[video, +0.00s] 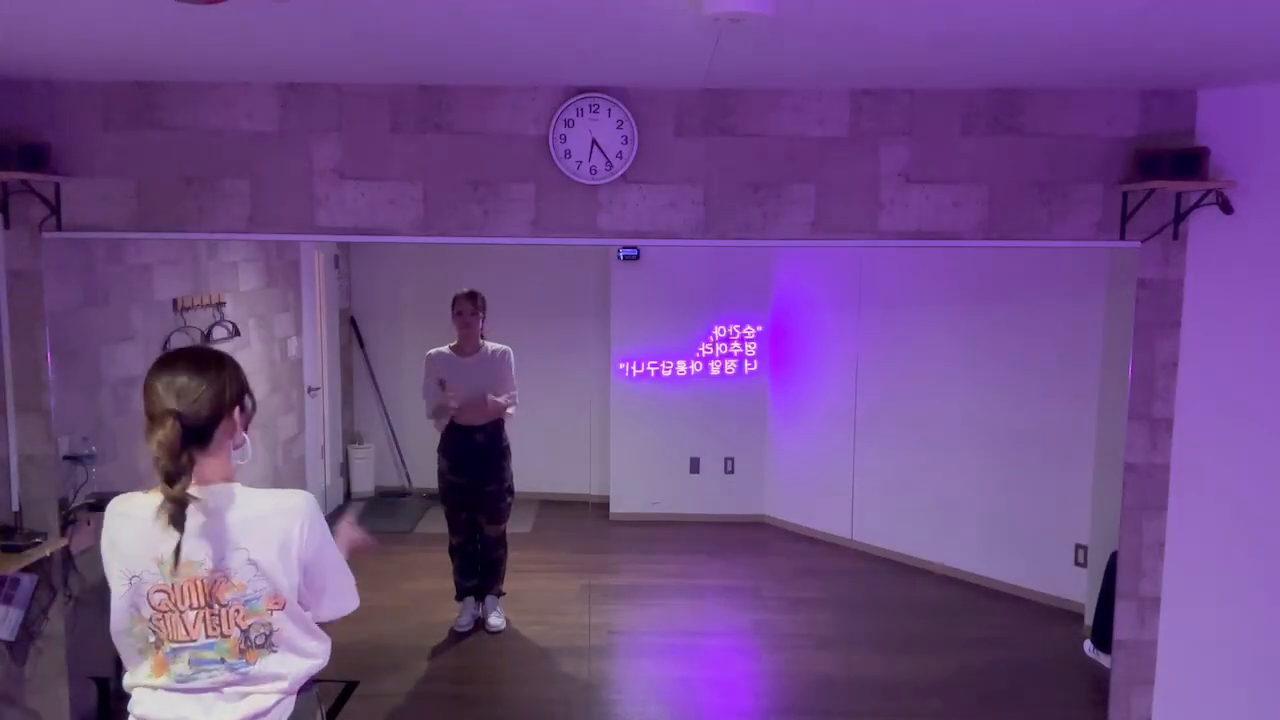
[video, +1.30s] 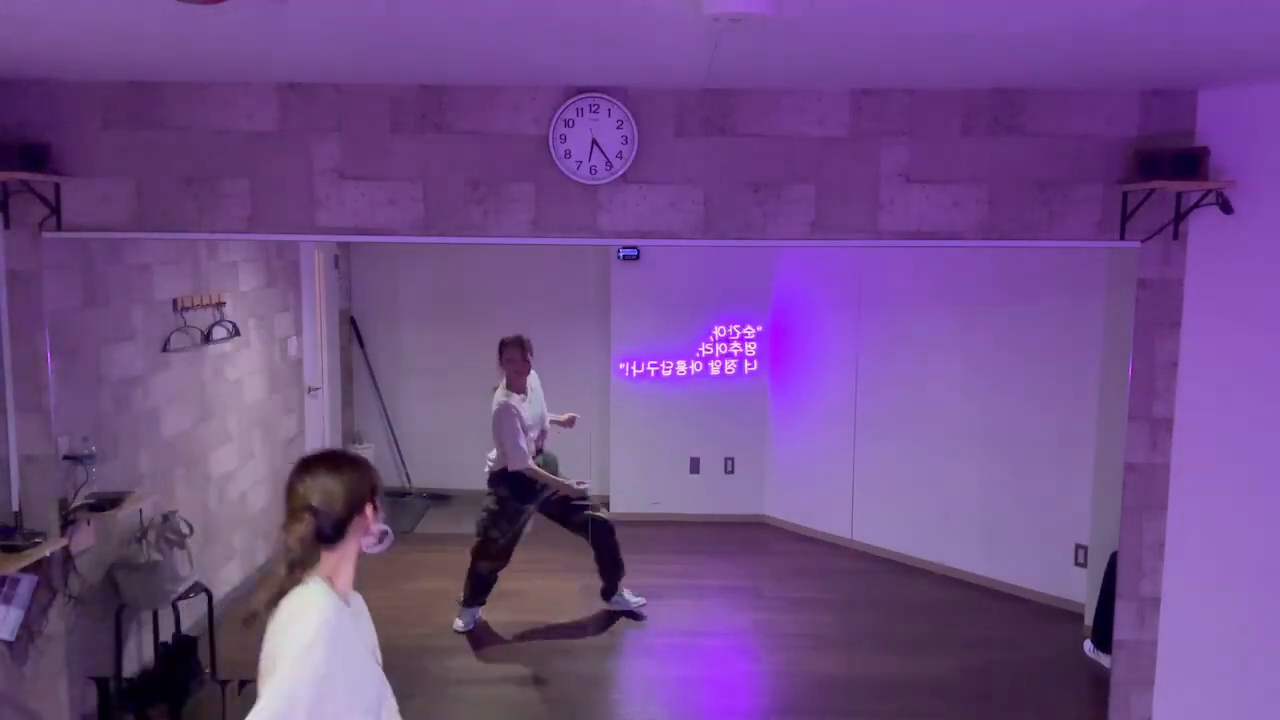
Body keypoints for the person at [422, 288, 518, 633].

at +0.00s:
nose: (465, 319)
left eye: (471, 313)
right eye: (459, 314)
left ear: (482, 318)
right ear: (452, 319)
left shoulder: (501, 355)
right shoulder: (436, 359)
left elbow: (511, 402)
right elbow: (431, 411)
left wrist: (499, 403)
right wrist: (444, 404)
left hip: (492, 445)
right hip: (455, 447)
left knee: (493, 525)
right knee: (459, 526)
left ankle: (493, 599)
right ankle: (468, 600)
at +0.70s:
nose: (462, 320)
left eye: (468, 314)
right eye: (455, 315)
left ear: (478, 319)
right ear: (446, 321)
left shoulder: (498, 353)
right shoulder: (434, 363)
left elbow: (507, 404)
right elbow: (437, 416)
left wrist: (489, 409)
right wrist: (474, 413)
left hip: (494, 442)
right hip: (457, 446)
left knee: (500, 519)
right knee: (459, 524)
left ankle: (490, 548)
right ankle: (468, 597)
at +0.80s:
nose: (463, 321)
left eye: (468, 314)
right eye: (456, 316)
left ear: (479, 317)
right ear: (447, 321)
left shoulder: (502, 352)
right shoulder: (438, 362)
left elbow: (517, 401)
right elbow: (444, 416)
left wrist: (506, 424)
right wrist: (484, 432)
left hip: (499, 446)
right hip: (461, 448)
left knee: (501, 529)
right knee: (462, 529)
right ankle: (468, 601)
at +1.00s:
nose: (471, 321)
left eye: (476, 314)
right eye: (463, 317)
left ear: (487, 318)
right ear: (457, 323)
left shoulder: (509, 350)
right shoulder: (458, 363)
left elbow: (524, 399)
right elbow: (473, 418)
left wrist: (536, 444)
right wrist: (487, 462)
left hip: (511, 437)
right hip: (474, 444)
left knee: (540, 519)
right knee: (469, 525)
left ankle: (502, 512)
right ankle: (469, 600)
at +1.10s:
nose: (483, 326)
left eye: (488, 318)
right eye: (475, 321)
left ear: (499, 321)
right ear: (468, 327)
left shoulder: (513, 350)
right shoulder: (474, 365)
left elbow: (523, 395)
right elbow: (488, 419)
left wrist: (539, 428)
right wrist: (500, 464)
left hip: (518, 441)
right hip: (483, 448)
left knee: (557, 511)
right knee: (477, 528)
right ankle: (469, 601)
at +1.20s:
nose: (499, 343)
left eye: (504, 337)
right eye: (492, 338)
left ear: (513, 338)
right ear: (484, 341)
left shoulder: (519, 361)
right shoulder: (489, 381)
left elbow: (528, 402)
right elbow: (505, 437)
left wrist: (543, 422)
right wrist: (533, 477)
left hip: (527, 452)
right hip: (497, 460)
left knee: (565, 517)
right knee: (482, 534)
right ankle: (469, 606)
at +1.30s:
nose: (516, 367)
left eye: (521, 360)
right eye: (509, 361)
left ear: (529, 360)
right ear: (500, 364)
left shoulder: (532, 379)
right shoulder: (505, 407)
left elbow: (533, 416)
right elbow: (520, 464)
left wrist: (557, 420)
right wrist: (561, 484)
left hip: (539, 472)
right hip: (510, 480)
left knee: (599, 527)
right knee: (493, 545)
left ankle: (613, 592)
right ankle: (470, 607)